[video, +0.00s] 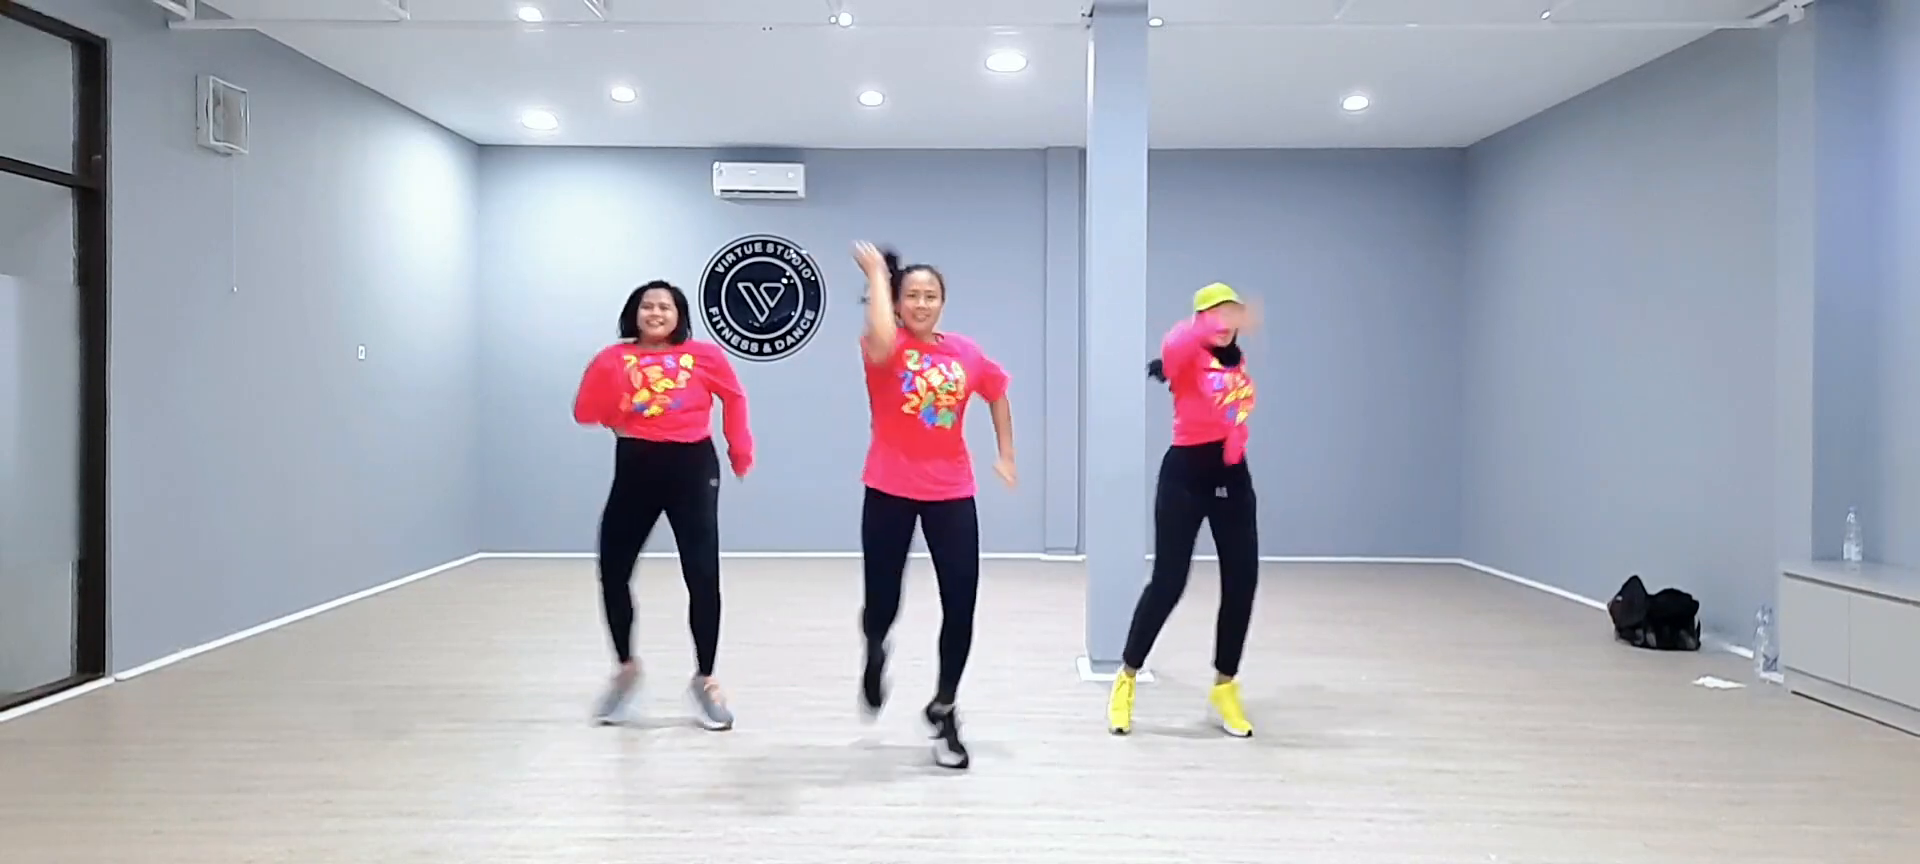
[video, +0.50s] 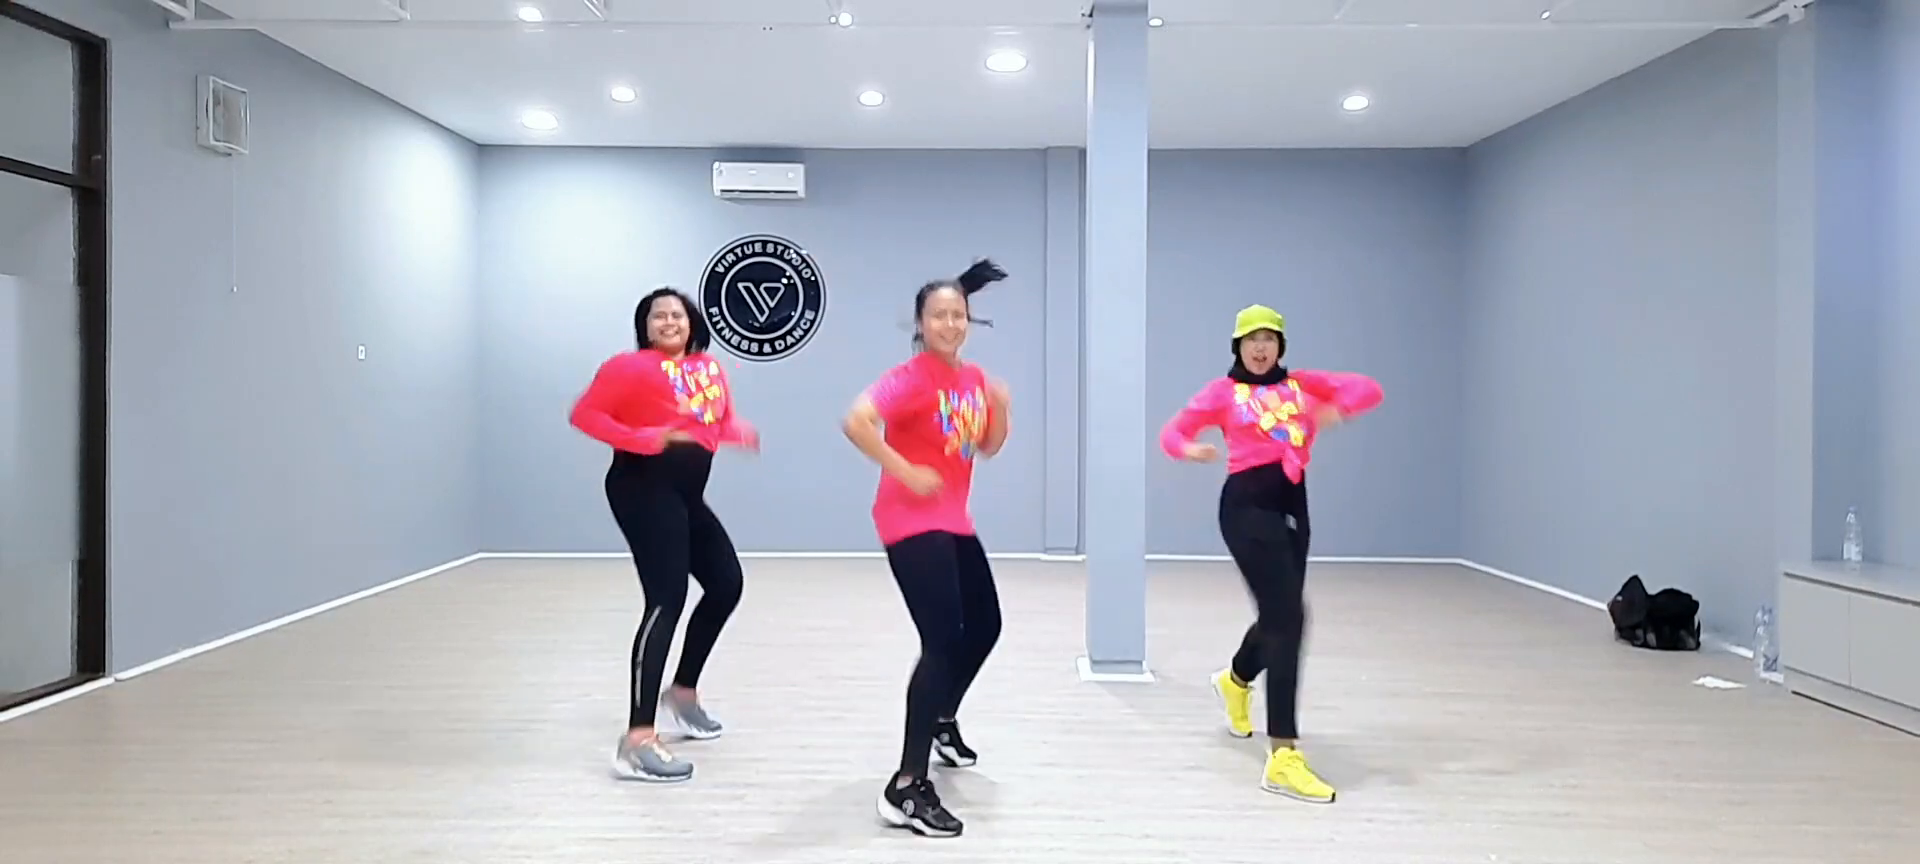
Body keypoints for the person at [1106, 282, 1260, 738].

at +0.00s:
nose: (1228, 321)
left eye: (1233, 312)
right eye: (1220, 313)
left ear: (1238, 320)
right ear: (1201, 318)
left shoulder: (1233, 360)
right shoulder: (1183, 357)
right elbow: (1182, 341)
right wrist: (1220, 321)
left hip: (1233, 475)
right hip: (1185, 474)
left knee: (1241, 583)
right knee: (1169, 581)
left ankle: (1224, 687)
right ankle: (1126, 680)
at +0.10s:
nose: (1240, 327)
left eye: (1247, 319)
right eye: (1231, 319)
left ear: (1254, 327)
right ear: (1215, 325)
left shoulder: (1253, 376)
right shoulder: (1198, 364)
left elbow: (1248, 433)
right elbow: (1181, 414)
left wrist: (1268, 466)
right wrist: (1233, 414)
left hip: (1243, 490)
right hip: (1197, 487)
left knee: (1236, 597)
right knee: (1187, 591)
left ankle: (1219, 695)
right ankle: (1146, 692)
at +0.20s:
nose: (1251, 341)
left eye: (1258, 334)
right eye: (1243, 334)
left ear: (1266, 341)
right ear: (1227, 340)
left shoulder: (1270, 394)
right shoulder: (1207, 385)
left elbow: (1271, 457)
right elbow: (1188, 447)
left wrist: (1299, 463)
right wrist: (1228, 473)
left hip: (1255, 507)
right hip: (1207, 503)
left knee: (1245, 603)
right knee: (1209, 597)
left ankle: (1221, 696)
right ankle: (1186, 705)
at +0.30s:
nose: (1255, 337)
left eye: (1262, 330)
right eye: (1246, 330)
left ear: (1273, 337)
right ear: (1232, 336)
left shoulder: (1285, 389)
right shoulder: (1210, 381)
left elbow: (1318, 440)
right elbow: (1168, 432)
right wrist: (1190, 467)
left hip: (1266, 497)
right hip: (1220, 494)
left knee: (1255, 597)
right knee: (1232, 593)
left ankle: (1223, 691)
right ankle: (1229, 699)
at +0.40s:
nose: (1254, 335)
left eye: (1263, 327)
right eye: (1246, 327)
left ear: (1275, 333)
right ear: (1233, 332)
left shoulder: (1293, 378)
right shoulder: (1217, 375)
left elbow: (1359, 398)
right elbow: (1163, 412)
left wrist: (1316, 380)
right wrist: (1173, 441)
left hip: (1279, 492)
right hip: (1232, 489)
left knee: (1271, 601)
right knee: (1253, 601)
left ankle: (1232, 681)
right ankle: (1265, 729)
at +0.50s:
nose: (1260, 348)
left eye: (1268, 340)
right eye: (1251, 340)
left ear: (1281, 346)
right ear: (1238, 347)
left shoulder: (1302, 384)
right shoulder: (1224, 392)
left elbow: (1370, 389)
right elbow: (1171, 434)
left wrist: (1336, 410)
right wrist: (1187, 450)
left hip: (1291, 505)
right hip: (1246, 505)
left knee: (1283, 610)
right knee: (1285, 613)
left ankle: (1237, 679)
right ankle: (1283, 754)